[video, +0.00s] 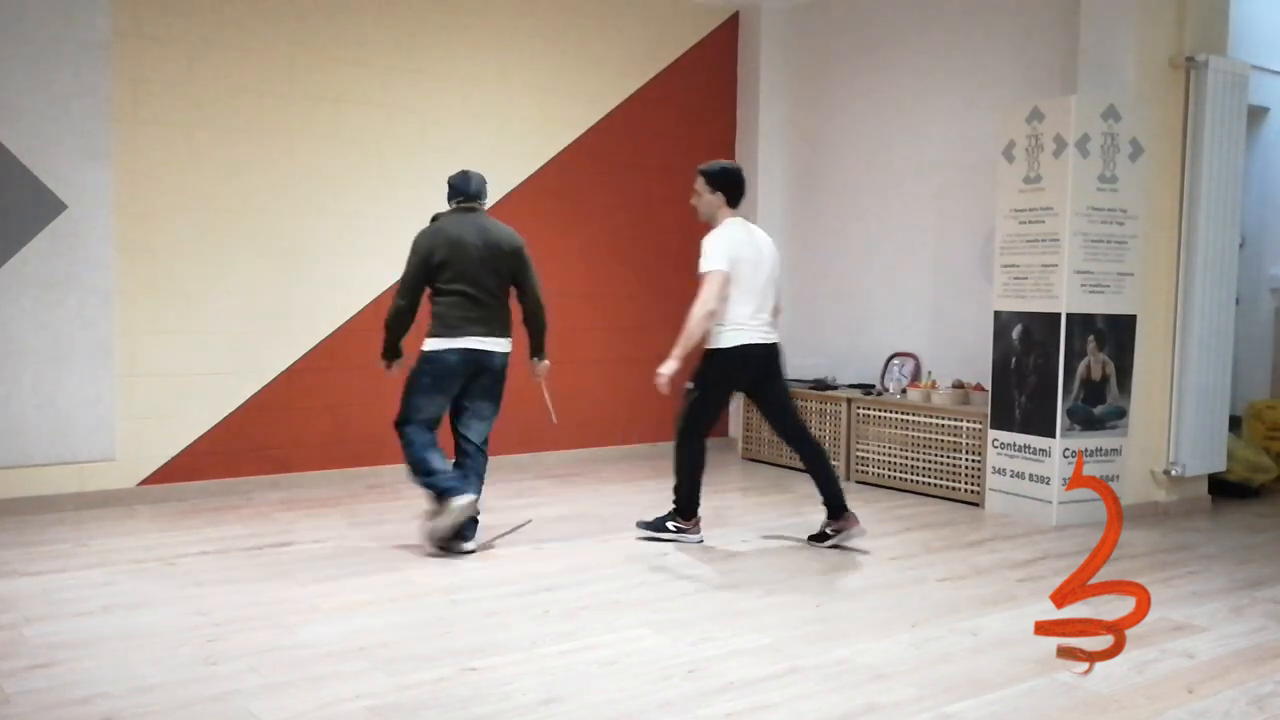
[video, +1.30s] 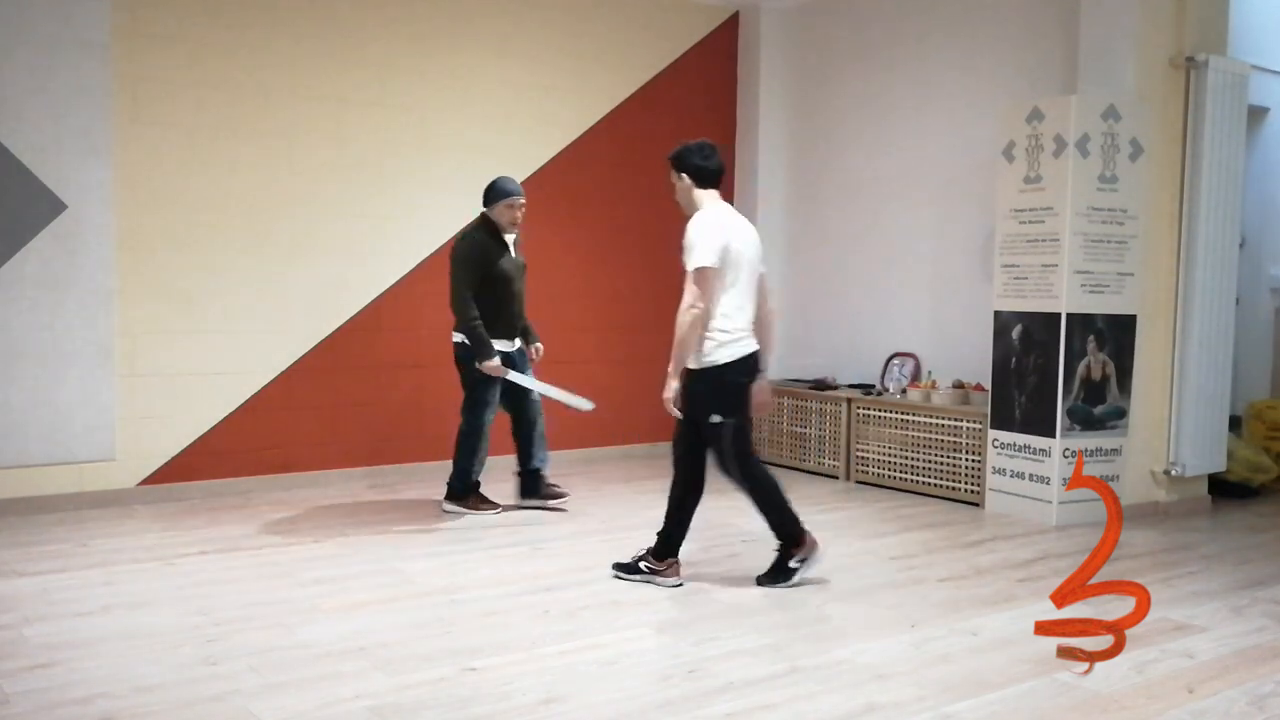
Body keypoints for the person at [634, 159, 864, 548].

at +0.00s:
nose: (693, 201)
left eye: (698, 193)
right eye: (694, 193)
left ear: (719, 196)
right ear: (730, 197)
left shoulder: (718, 238)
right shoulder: (764, 241)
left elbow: (709, 304)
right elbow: (773, 309)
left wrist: (674, 359)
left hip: (727, 354)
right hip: (765, 354)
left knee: (691, 431)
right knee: (794, 431)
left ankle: (684, 517)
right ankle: (840, 514)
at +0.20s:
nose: (728, 200)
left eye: (733, 192)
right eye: (729, 192)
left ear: (754, 194)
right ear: (764, 196)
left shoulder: (760, 232)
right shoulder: (796, 232)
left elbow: (769, 297)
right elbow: (811, 300)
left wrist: (755, 358)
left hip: (782, 348)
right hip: (811, 347)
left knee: (742, 426)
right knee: (829, 435)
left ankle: (744, 520)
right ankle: (849, 524)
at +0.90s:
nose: (735, 185)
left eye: (737, 176)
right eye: (736, 177)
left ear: (753, 177)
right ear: (774, 176)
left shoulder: (773, 224)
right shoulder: (806, 220)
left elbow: (754, 304)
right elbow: (827, 296)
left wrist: (710, 360)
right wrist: (825, 356)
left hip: (788, 354)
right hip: (808, 348)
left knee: (794, 449)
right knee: (768, 438)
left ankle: (812, 555)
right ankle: (802, 530)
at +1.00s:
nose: (722, 185)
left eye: (724, 176)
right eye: (722, 176)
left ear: (740, 176)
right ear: (763, 175)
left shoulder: (757, 224)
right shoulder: (796, 219)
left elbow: (738, 306)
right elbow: (821, 293)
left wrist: (696, 360)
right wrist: (817, 355)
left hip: (777, 355)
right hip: (797, 349)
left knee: (795, 454)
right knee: (737, 435)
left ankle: (811, 557)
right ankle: (751, 537)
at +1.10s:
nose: (708, 188)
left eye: (710, 178)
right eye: (708, 179)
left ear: (725, 177)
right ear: (750, 177)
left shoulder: (740, 228)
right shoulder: (784, 223)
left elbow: (723, 308)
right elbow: (807, 298)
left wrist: (687, 365)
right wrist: (806, 362)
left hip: (757, 362)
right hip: (785, 356)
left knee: (724, 447)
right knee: (793, 457)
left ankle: (695, 545)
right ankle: (811, 556)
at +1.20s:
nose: (691, 192)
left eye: (692, 182)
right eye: (691, 183)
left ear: (706, 180)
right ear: (733, 180)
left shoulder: (722, 230)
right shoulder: (765, 228)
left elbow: (708, 311)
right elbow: (789, 302)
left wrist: (680, 371)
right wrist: (787, 366)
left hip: (737, 366)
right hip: (765, 361)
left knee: (707, 462)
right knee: (774, 461)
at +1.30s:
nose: (671, 189)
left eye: (672, 179)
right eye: (672, 179)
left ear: (685, 179)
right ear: (712, 179)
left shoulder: (704, 224)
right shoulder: (743, 226)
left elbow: (696, 305)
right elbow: (763, 307)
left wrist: (673, 372)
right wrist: (761, 371)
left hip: (714, 366)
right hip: (734, 362)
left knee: (734, 459)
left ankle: (797, 542)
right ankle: (664, 555)